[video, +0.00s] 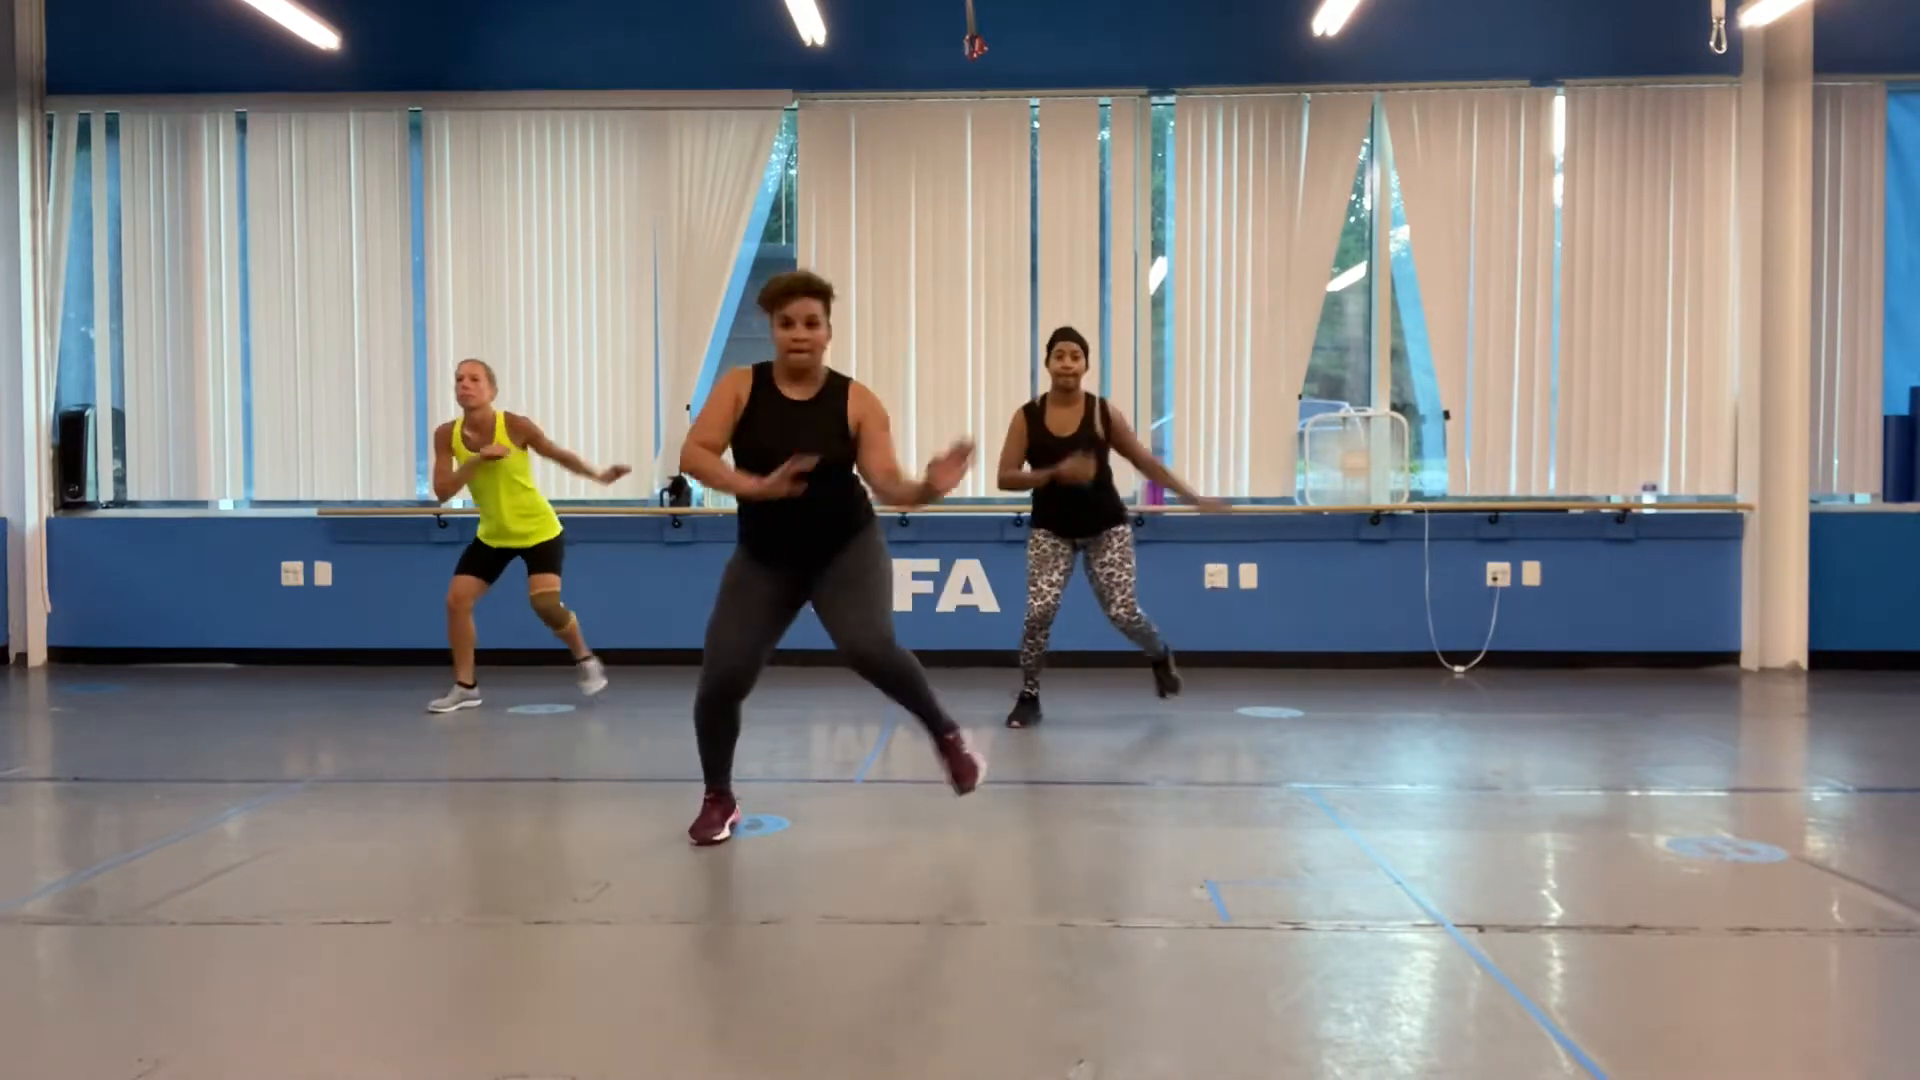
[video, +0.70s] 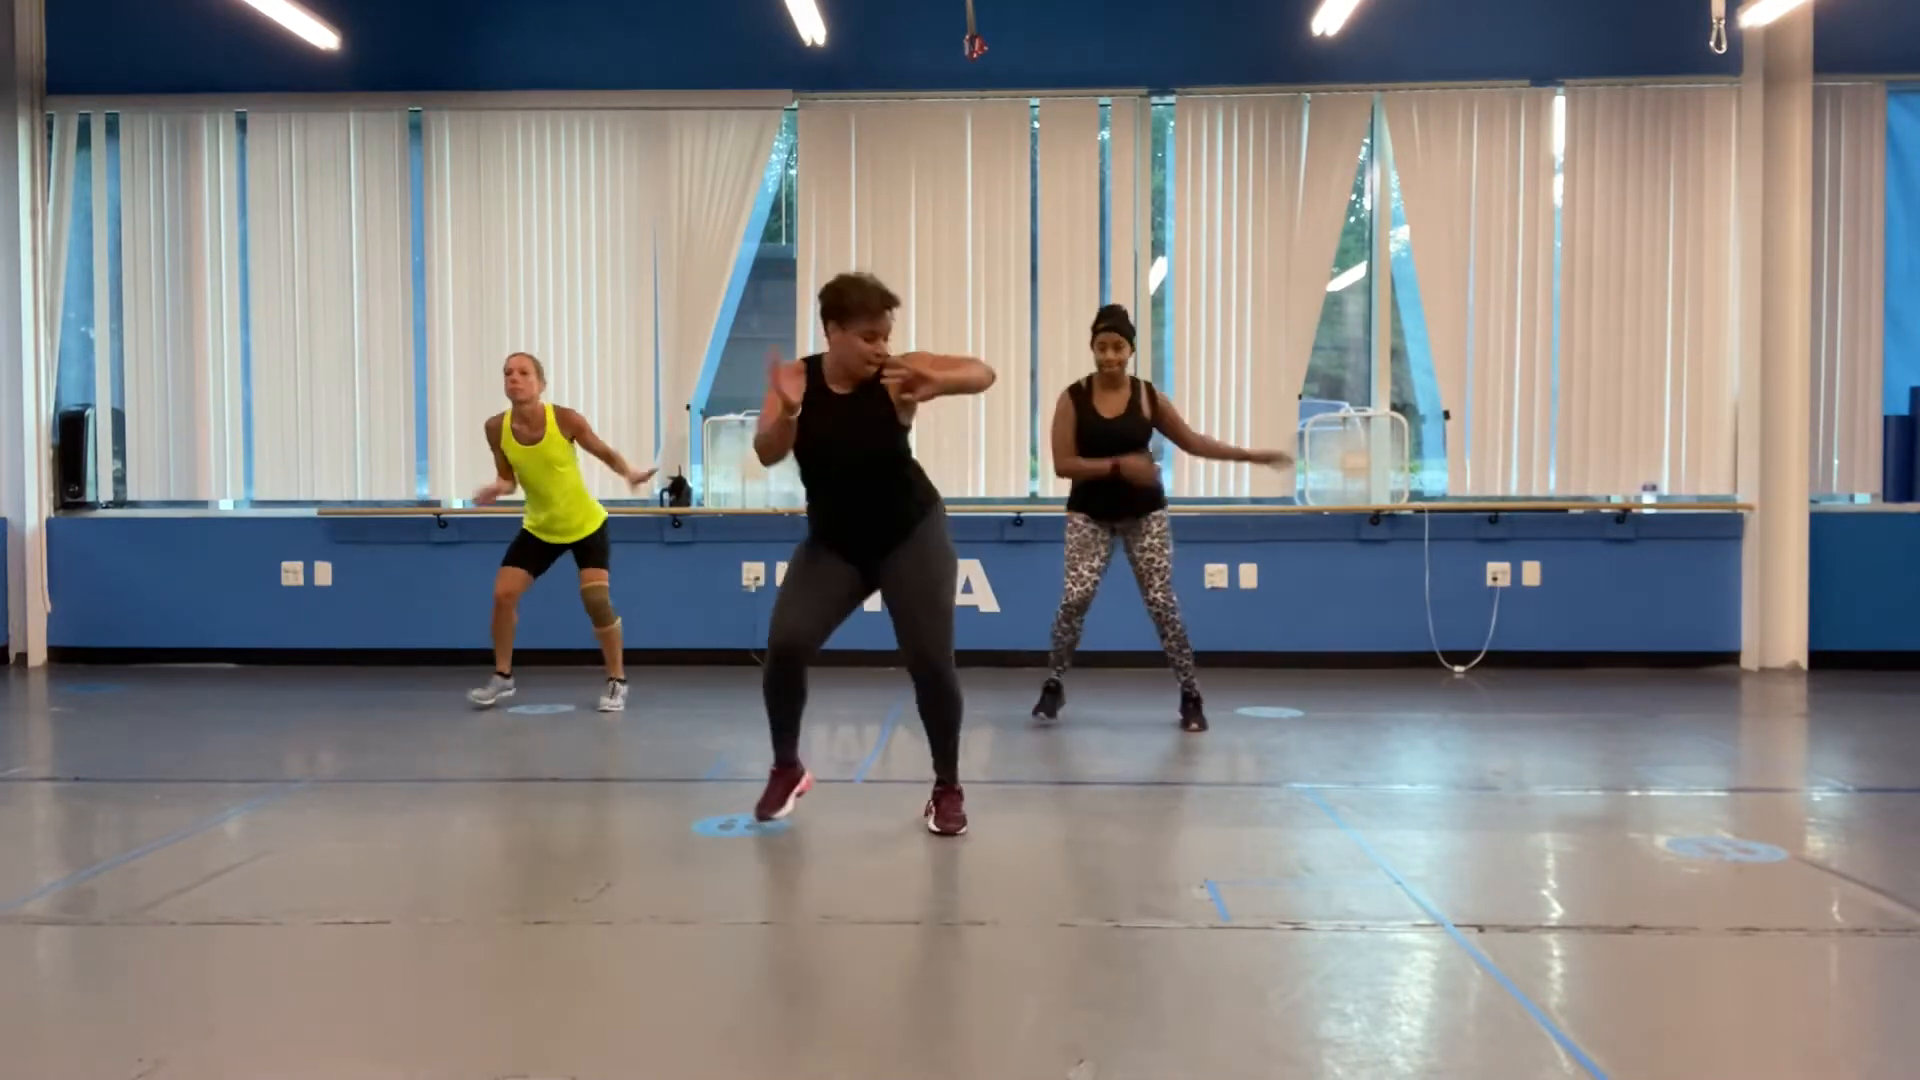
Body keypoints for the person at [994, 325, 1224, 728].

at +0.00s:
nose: (1067, 363)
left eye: (1075, 356)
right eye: (1059, 356)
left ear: (1085, 365)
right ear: (1047, 363)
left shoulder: (1103, 414)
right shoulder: (1028, 417)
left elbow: (1145, 462)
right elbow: (1005, 479)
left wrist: (1194, 498)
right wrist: (1055, 473)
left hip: (1106, 528)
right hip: (1051, 532)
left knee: (1121, 613)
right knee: (1039, 612)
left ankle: (1160, 656)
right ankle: (1028, 695)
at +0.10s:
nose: (1067, 361)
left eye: (1075, 355)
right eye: (1059, 356)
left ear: (1087, 363)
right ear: (1049, 365)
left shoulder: (1106, 414)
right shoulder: (1030, 417)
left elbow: (1129, 479)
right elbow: (995, 472)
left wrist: (1139, 536)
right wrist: (1011, 517)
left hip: (1105, 530)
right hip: (1050, 531)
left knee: (1125, 615)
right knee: (1041, 612)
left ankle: (1144, 689)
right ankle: (1027, 694)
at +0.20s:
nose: (1076, 357)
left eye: (1083, 350)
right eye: (1068, 351)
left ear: (1097, 357)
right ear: (1058, 361)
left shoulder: (1117, 406)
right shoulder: (1043, 411)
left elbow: (1127, 474)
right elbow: (1000, 456)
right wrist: (973, 500)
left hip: (1113, 520)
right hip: (1059, 522)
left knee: (1138, 607)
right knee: (1050, 610)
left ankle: (1151, 678)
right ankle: (1026, 693)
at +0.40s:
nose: (1106, 365)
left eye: (1113, 356)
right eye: (1098, 359)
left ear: (1127, 359)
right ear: (1089, 367)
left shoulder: (1156, 408)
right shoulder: (1078, 416)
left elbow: (1172, 469)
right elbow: (1048, 472)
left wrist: (1122, 495)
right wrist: (999, 472)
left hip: (1146, 524)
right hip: (1091, 522)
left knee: (1166, 608)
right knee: (1078, 604)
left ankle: (1187, 699)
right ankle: (1034, 677)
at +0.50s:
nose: (1117, 369)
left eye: (1123, 360)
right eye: (1108, 362)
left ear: (1137, 363)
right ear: (1098, 368)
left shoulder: (1163, 413)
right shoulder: (1086, 419)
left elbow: (1189, 471)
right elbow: (1074, 483)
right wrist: (1040, 510)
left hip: (1154, 528)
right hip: (1098, 530)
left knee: (1174, 612)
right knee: (1087, 612)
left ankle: (1189, 700)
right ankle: (1071, 689)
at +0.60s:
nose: (1115, 364)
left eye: (1122, 355)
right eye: (1107, 357)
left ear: (1137, 357)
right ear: (1098, 361)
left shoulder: (1159, 406)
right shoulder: (1083, 412)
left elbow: (1193, 459)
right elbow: (1069, 479)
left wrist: (1236, 499)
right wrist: (1093, 512)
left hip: (1155, 521)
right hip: (1102, 521)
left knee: (1167, 609)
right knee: (1089, 606)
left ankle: (1188, 700)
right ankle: (1067, 689)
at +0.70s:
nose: (1109, 356)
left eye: (1117, 347)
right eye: (1102, 347)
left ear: (1131, 349)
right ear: (1092, 349)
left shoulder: (1147, 397)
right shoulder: (1073, 399)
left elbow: (1192, 442)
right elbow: (1063, 464)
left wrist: (1253, 456)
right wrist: (1118, 464)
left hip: (1144, 515)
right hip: (1088, 516)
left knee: (1161, 602)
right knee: (1075, 598)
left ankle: (1190, 696)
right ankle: (1052, 687)